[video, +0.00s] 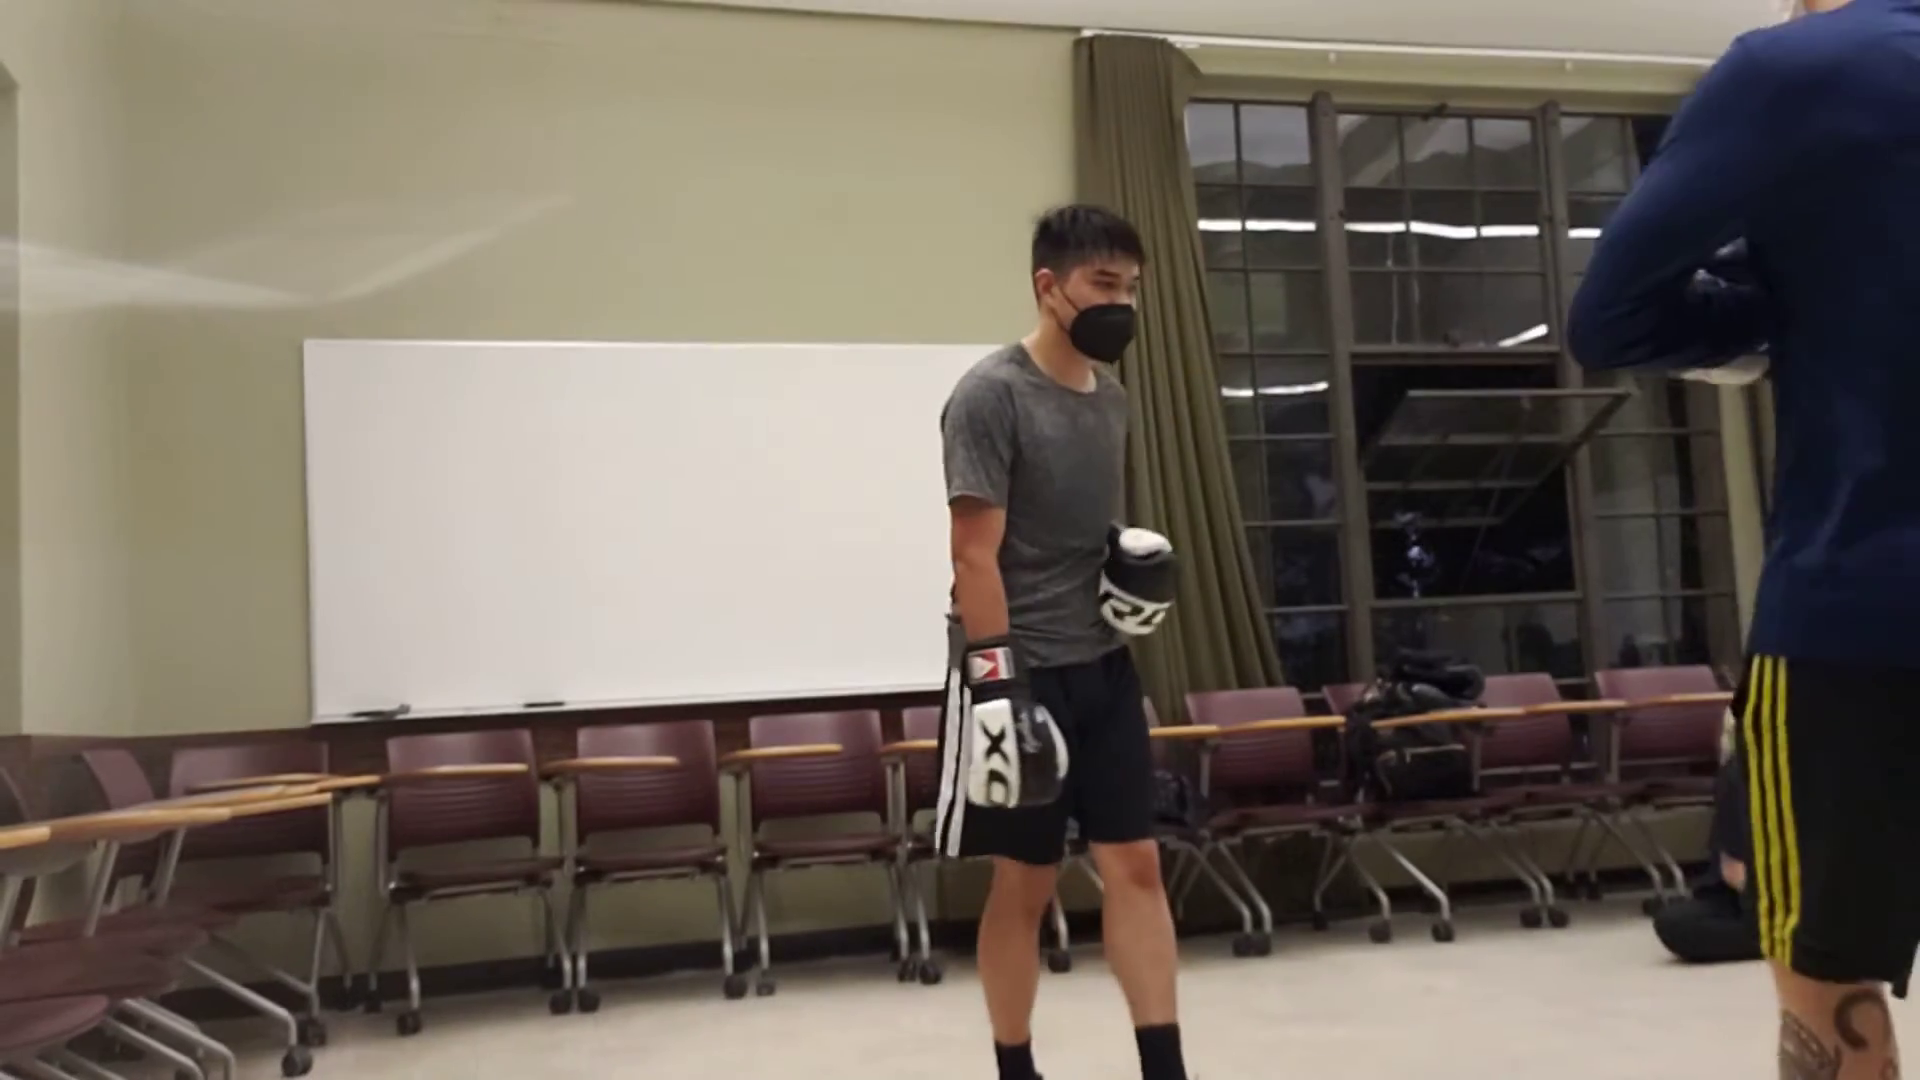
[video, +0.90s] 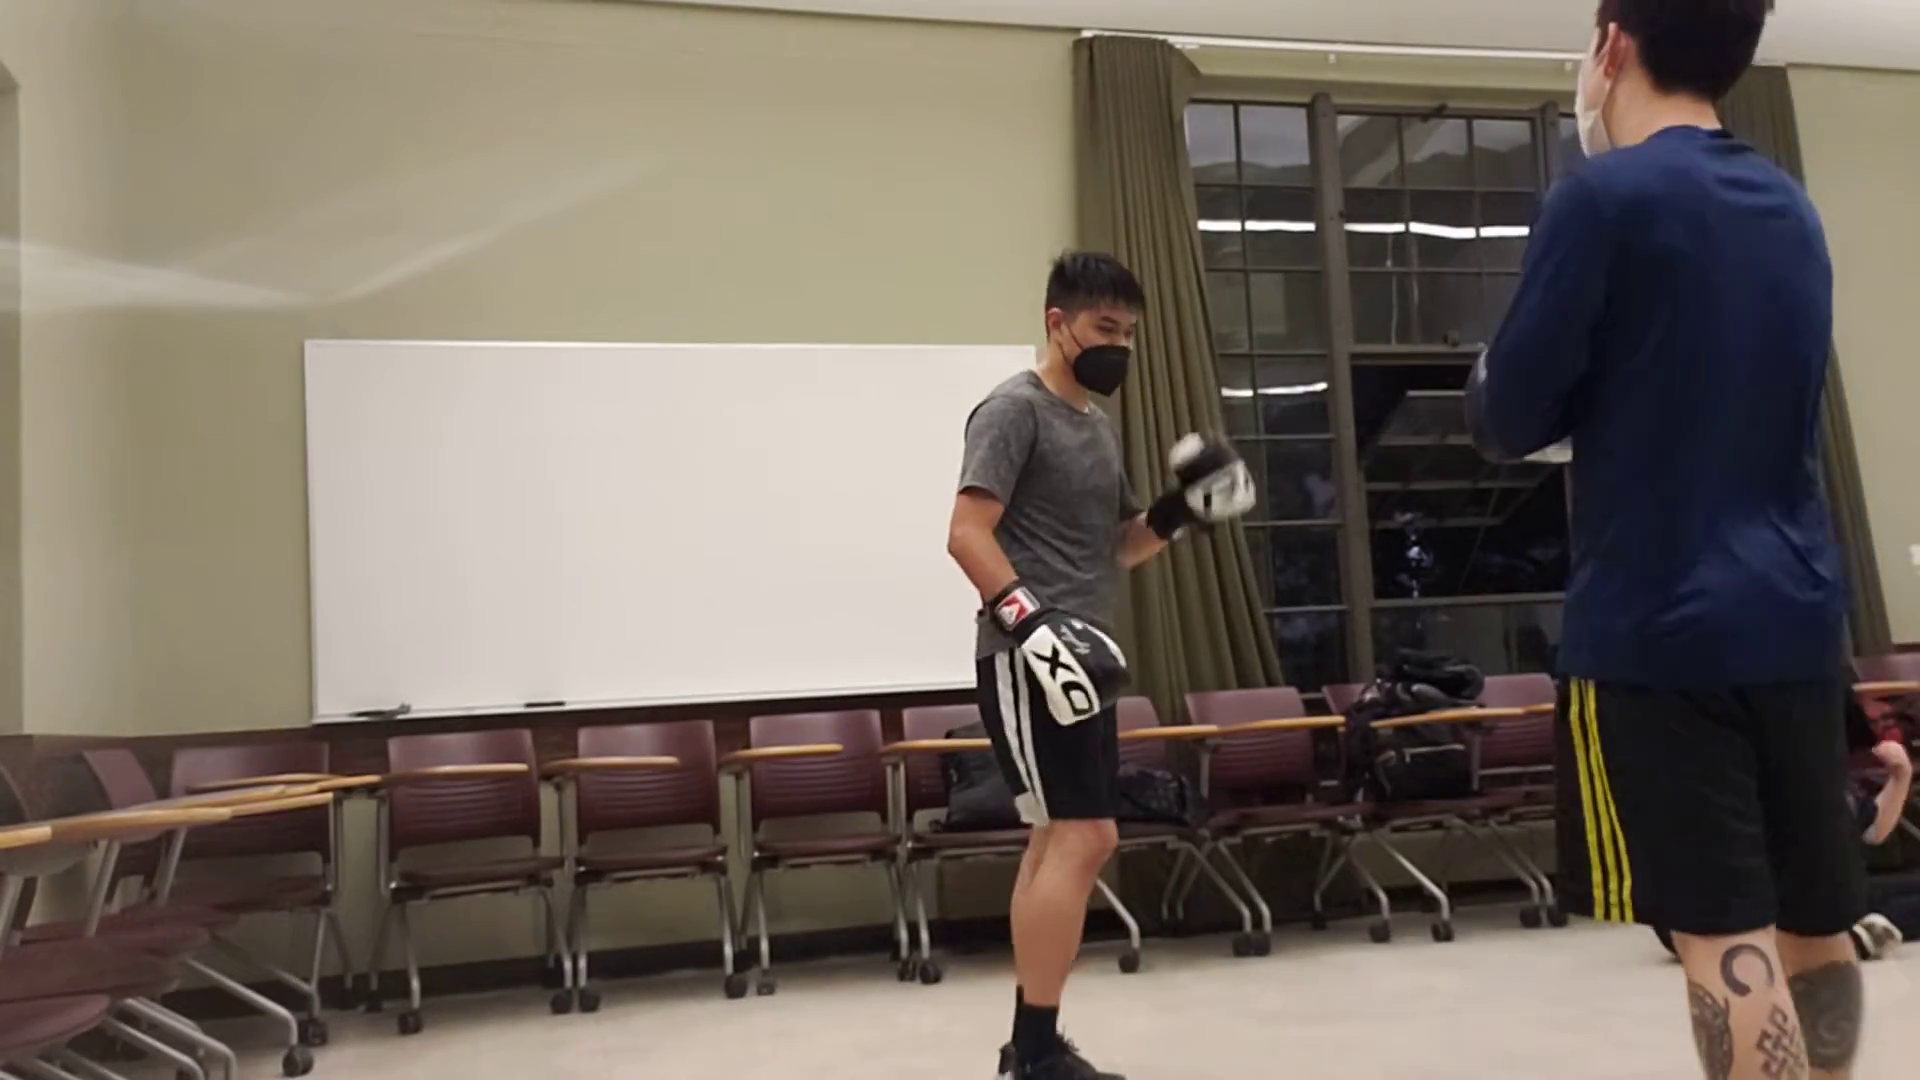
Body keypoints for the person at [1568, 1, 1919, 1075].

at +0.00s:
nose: (1785, 19)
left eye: (1784, 17)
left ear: (1817, 2)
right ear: (1856, 7)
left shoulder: (1790, 71)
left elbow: (1608, 322)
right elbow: (1607, 325)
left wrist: (1801, 292)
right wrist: (1785, 297)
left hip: (1858, 595)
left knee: (1833, 987)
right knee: (1829, 976)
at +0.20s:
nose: (1717, 22)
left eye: (1720, 6)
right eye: (1720, 9)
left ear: (1750, 3)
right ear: (1867, 9)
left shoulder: (1712, 108)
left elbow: (1597, 353)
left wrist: (1751, 373)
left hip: (1801, 613)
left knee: (1790, 973)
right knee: (1791, 965)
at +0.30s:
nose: (1683, 32)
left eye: (1685, 14)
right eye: (1686, 18)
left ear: (1713, 9)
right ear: (1828, 17)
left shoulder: (1677, 133)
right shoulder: (1906, 125)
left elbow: (1578, 380)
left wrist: (1722, 362)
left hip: (1763, 616)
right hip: (1912, 599)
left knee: (1766, 958)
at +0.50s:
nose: (1622, 39)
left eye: (1623, 20)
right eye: (1625, 22)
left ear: (1647, 18)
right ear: (1763, 31)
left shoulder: (1610, 172)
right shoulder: (1862, 165)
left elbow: (1496, 388)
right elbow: (1816, 343)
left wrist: (1644, 348)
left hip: (1708, 625)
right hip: (1885, 610)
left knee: (1751, 945)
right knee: (1914, 919)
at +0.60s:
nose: (1601, 35)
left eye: (1605, 19)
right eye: (1603, 21)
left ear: (1629, 21)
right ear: (1743, 38)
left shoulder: (1586, 174)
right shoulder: (1839, 174)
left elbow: (1501, 390)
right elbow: (1816, 350)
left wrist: (1640, 343)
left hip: (1689, 626)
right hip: (1865, 609)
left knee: (1745, 948)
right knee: (1897, 916)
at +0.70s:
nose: (1595, 37)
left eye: (1599, 21)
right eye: (1602, 23)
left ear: (1620, 23)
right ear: (1736, 43)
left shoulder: (1579, 167)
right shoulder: (1816, 176)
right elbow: (1784, 359)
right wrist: (1631, 132)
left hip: (1670, 617)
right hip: (1838, 603)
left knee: (1739, 950)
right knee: (1880, 914)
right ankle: (1904, 1057)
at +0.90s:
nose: (1589, 72)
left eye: (1592, 46)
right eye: (1594, 49)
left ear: (1613, 49)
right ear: (1728, 66)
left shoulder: (1604, 196)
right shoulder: (1789, 205)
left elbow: (1506, 417)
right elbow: (1744, 393)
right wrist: (1617, 178)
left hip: (1653, 630)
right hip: (1798, 617)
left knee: (1725, 946)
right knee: (1814, 929)